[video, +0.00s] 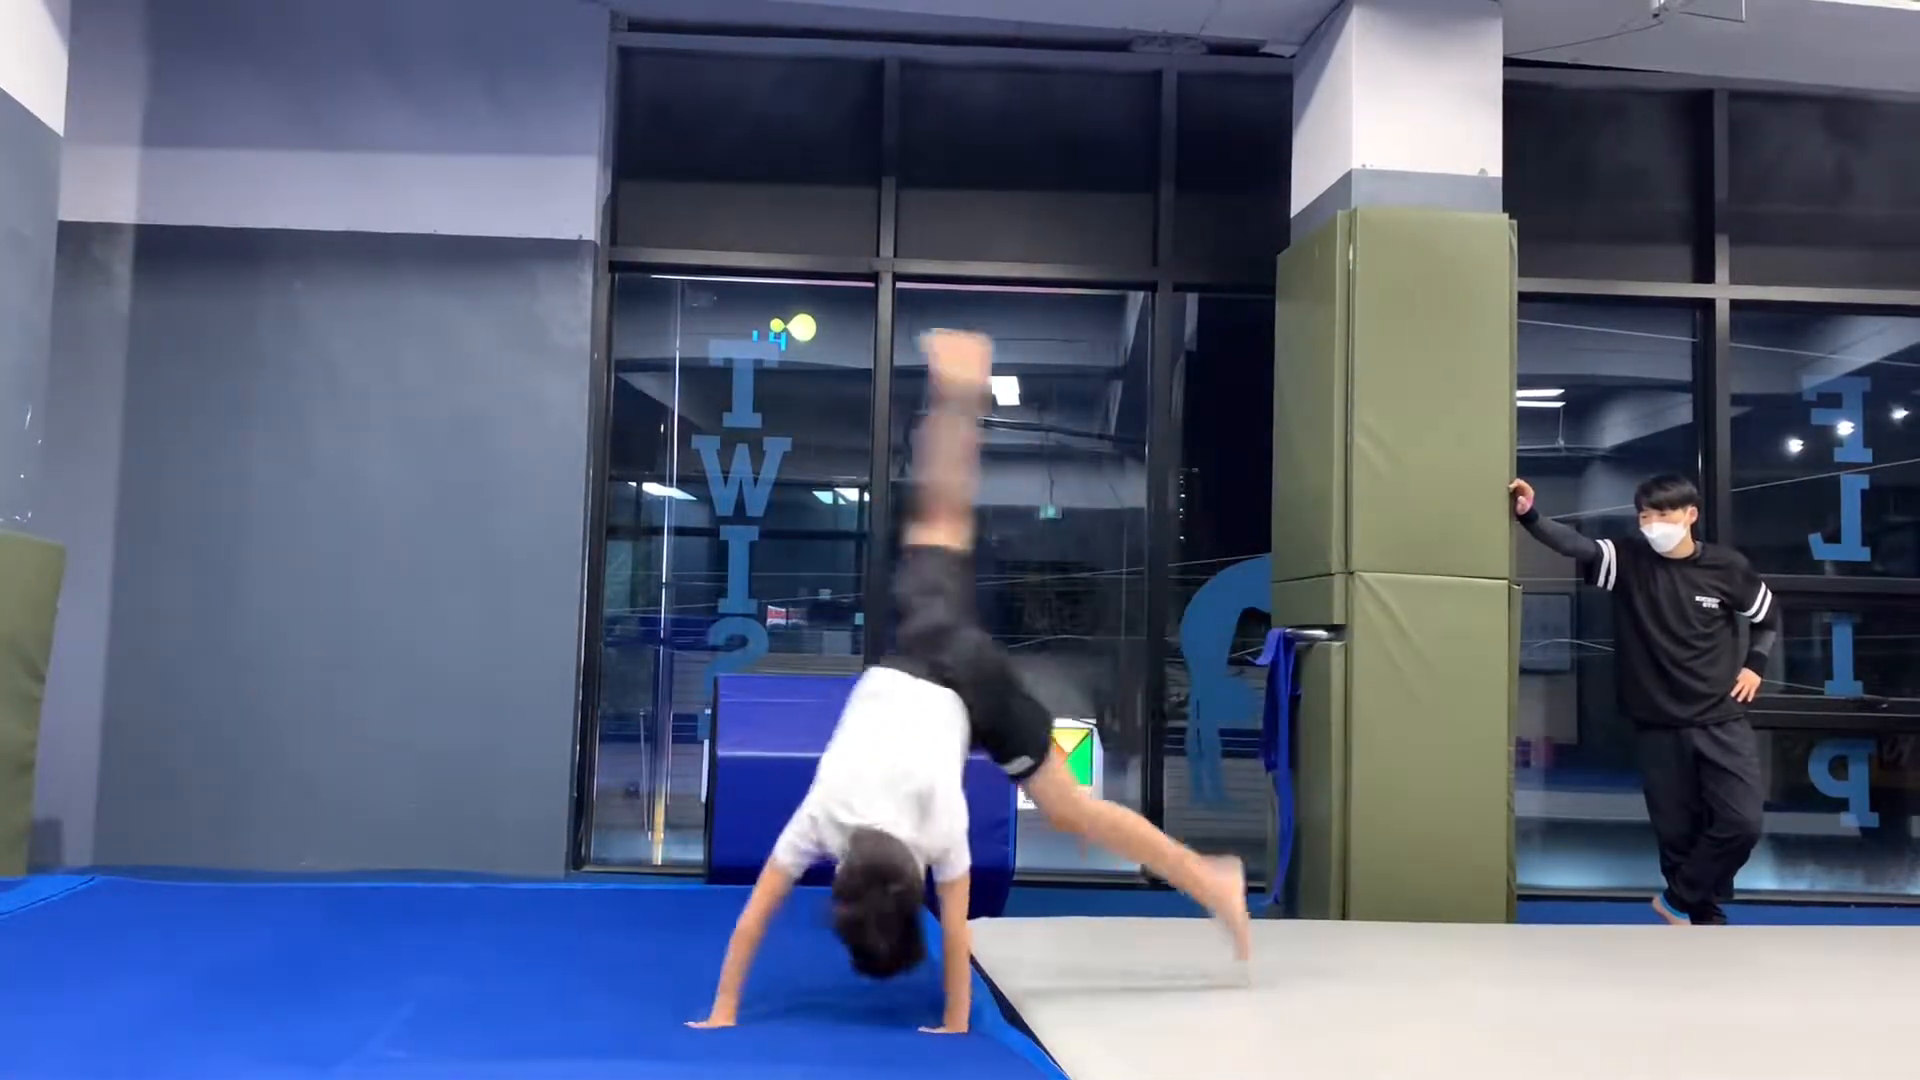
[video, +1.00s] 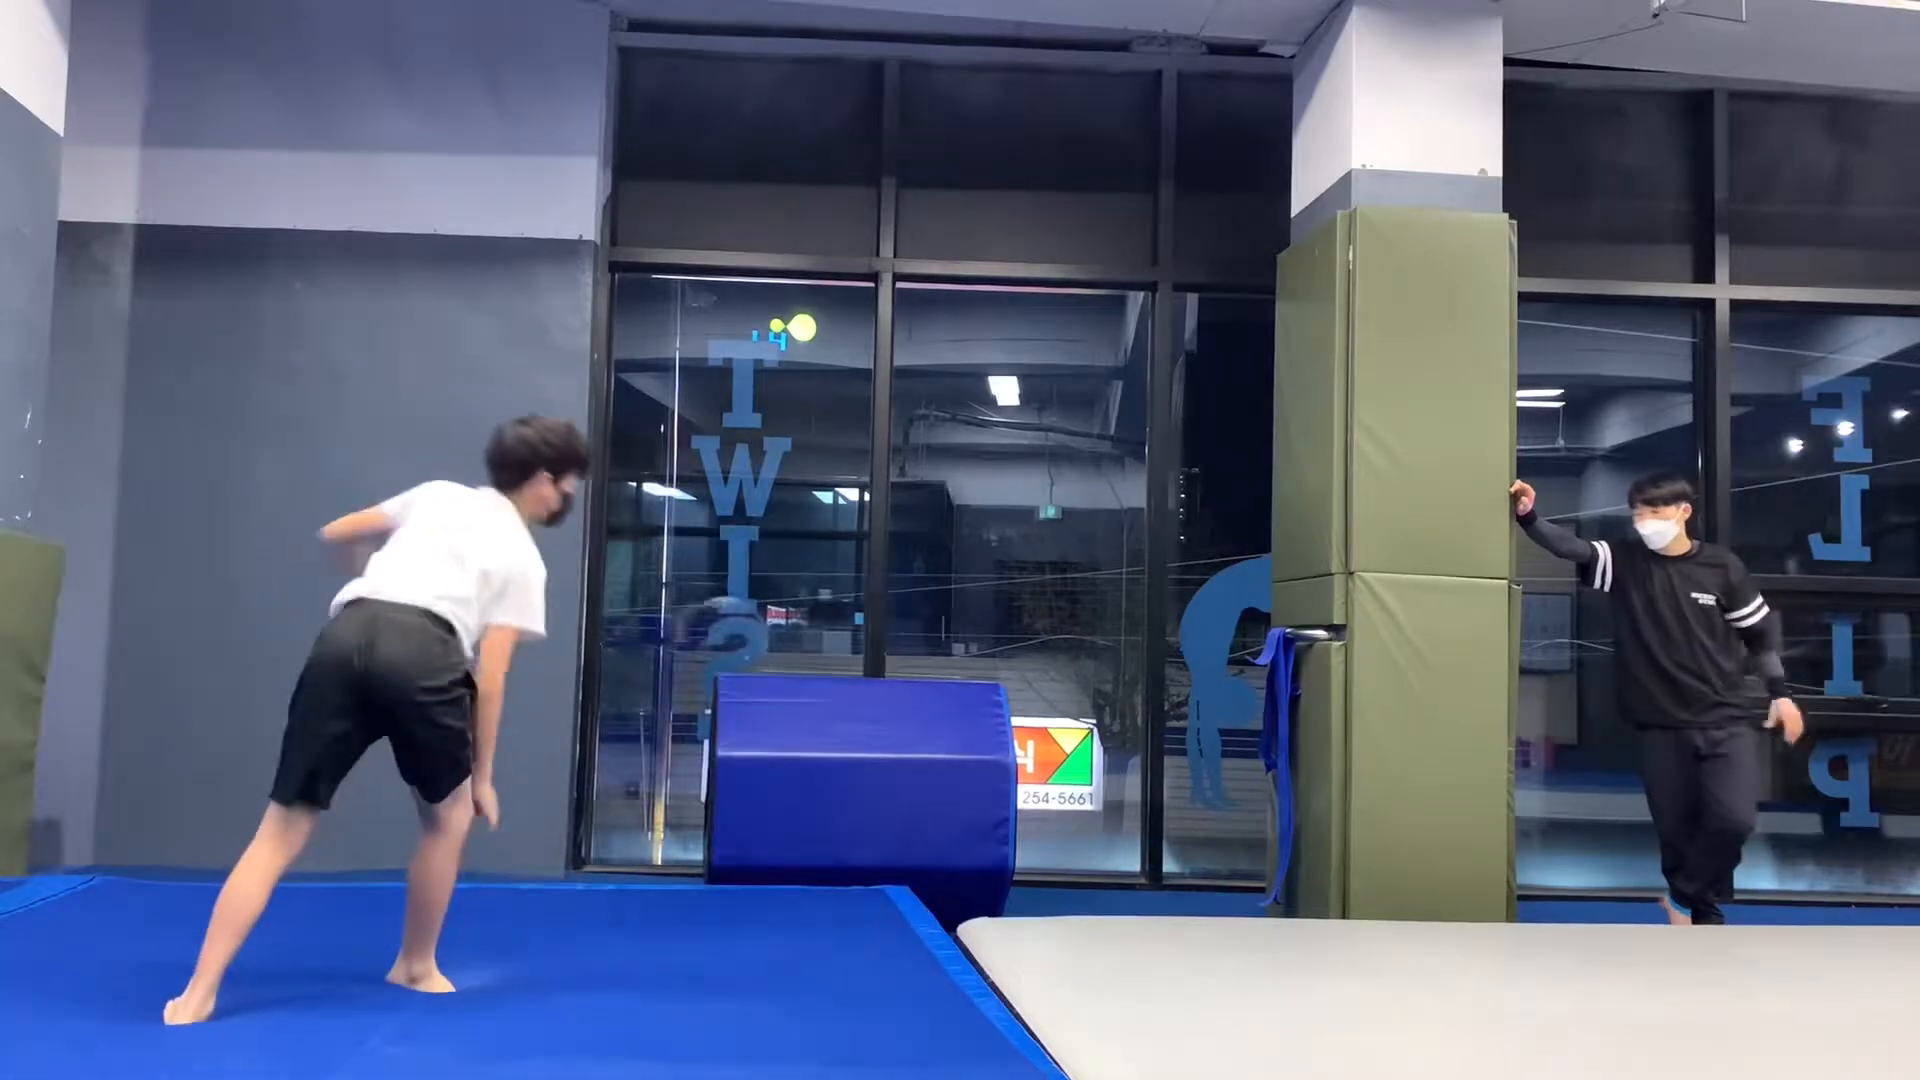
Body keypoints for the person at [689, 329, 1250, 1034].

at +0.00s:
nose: (890, 949)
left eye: (896, 941)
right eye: (872, 947)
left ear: (908, 899)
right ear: (840, 897)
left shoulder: (941, 830)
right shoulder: (816, 820)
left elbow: (955, 930)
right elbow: (758, 912)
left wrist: (956, 1022)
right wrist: (723, 1011)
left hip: (973, 680)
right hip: (911, 654)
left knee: (1071, 808)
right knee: (938, 511)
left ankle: (1208, 879)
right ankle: (958, 391)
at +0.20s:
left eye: (858, 926)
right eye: (833, 932)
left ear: (878, 882)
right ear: (800, 880)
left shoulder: (891, 818)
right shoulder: (759, 817)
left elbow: (919, 913)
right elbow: (727, 919)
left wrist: (950, 1012)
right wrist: (720, 1021)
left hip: (821, 621)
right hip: (734, 641)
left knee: (941, 666)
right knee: (622, 659)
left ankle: (1006, 589)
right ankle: (544, 528)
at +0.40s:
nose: (787, 872)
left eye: (800, 862)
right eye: (778, 867)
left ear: (818, 821)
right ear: (744, 841)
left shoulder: (798, 752)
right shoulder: (686, 819)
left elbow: (875, 829)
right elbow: (700, 922)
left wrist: (952, 908)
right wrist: (718, 1026)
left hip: (643, 645)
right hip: (585, 693)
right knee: (595, 883)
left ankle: (581, 587)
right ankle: (457, 943)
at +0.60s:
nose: (738, 710)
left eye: (738, 699)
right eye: (727, 715)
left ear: (711, 666)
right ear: (692, 721)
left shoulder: (695, 638)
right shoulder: (632, 743)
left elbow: (792, 608)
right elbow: (648, 867)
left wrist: (888, 568)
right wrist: (685, 974)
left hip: (470, 652)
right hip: (480, 699)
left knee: (382, 795)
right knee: (520, 859)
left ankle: (226, 863)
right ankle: (434, 969)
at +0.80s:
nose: (659, 595)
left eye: (666, 586)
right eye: (662, 584)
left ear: (624, 542)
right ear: (640, 574)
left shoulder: (580, 536)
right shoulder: (591, 619)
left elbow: (622, 491)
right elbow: (553, 739)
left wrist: (670, 445)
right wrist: (543, 872)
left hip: (360, 643)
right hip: (419, 669)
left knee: (306, 817)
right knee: (462, 826)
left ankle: (210, 964)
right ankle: (419, 965)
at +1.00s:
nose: (565, 500)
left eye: (570, 488)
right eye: (563, 485)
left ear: (505, 474)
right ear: (535, 476)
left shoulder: (437, 493)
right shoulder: (522, 556)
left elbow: (340, 532)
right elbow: (491, 674)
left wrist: (369, 595)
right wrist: (483, 776)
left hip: (345, 633)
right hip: (423, 649)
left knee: (280, 830)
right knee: (447, 817)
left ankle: (197, 995)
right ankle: (416, 964)